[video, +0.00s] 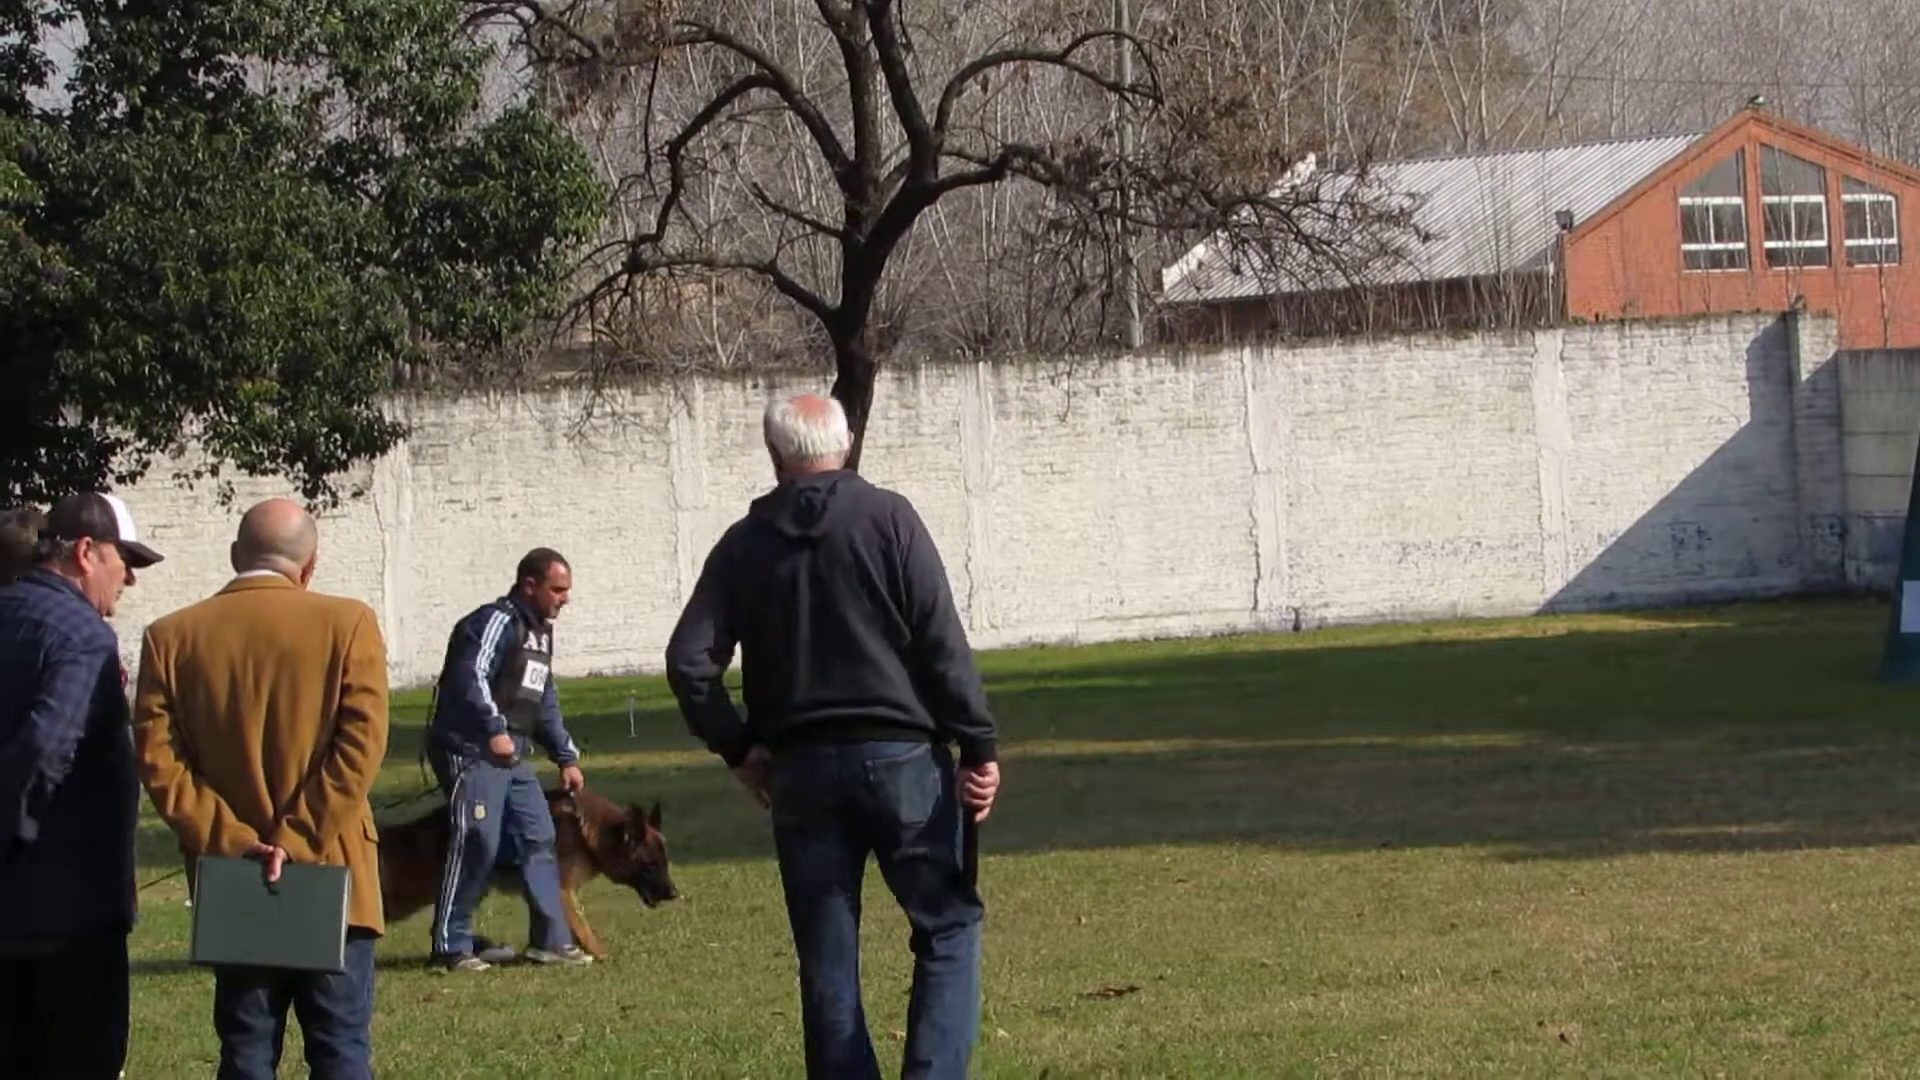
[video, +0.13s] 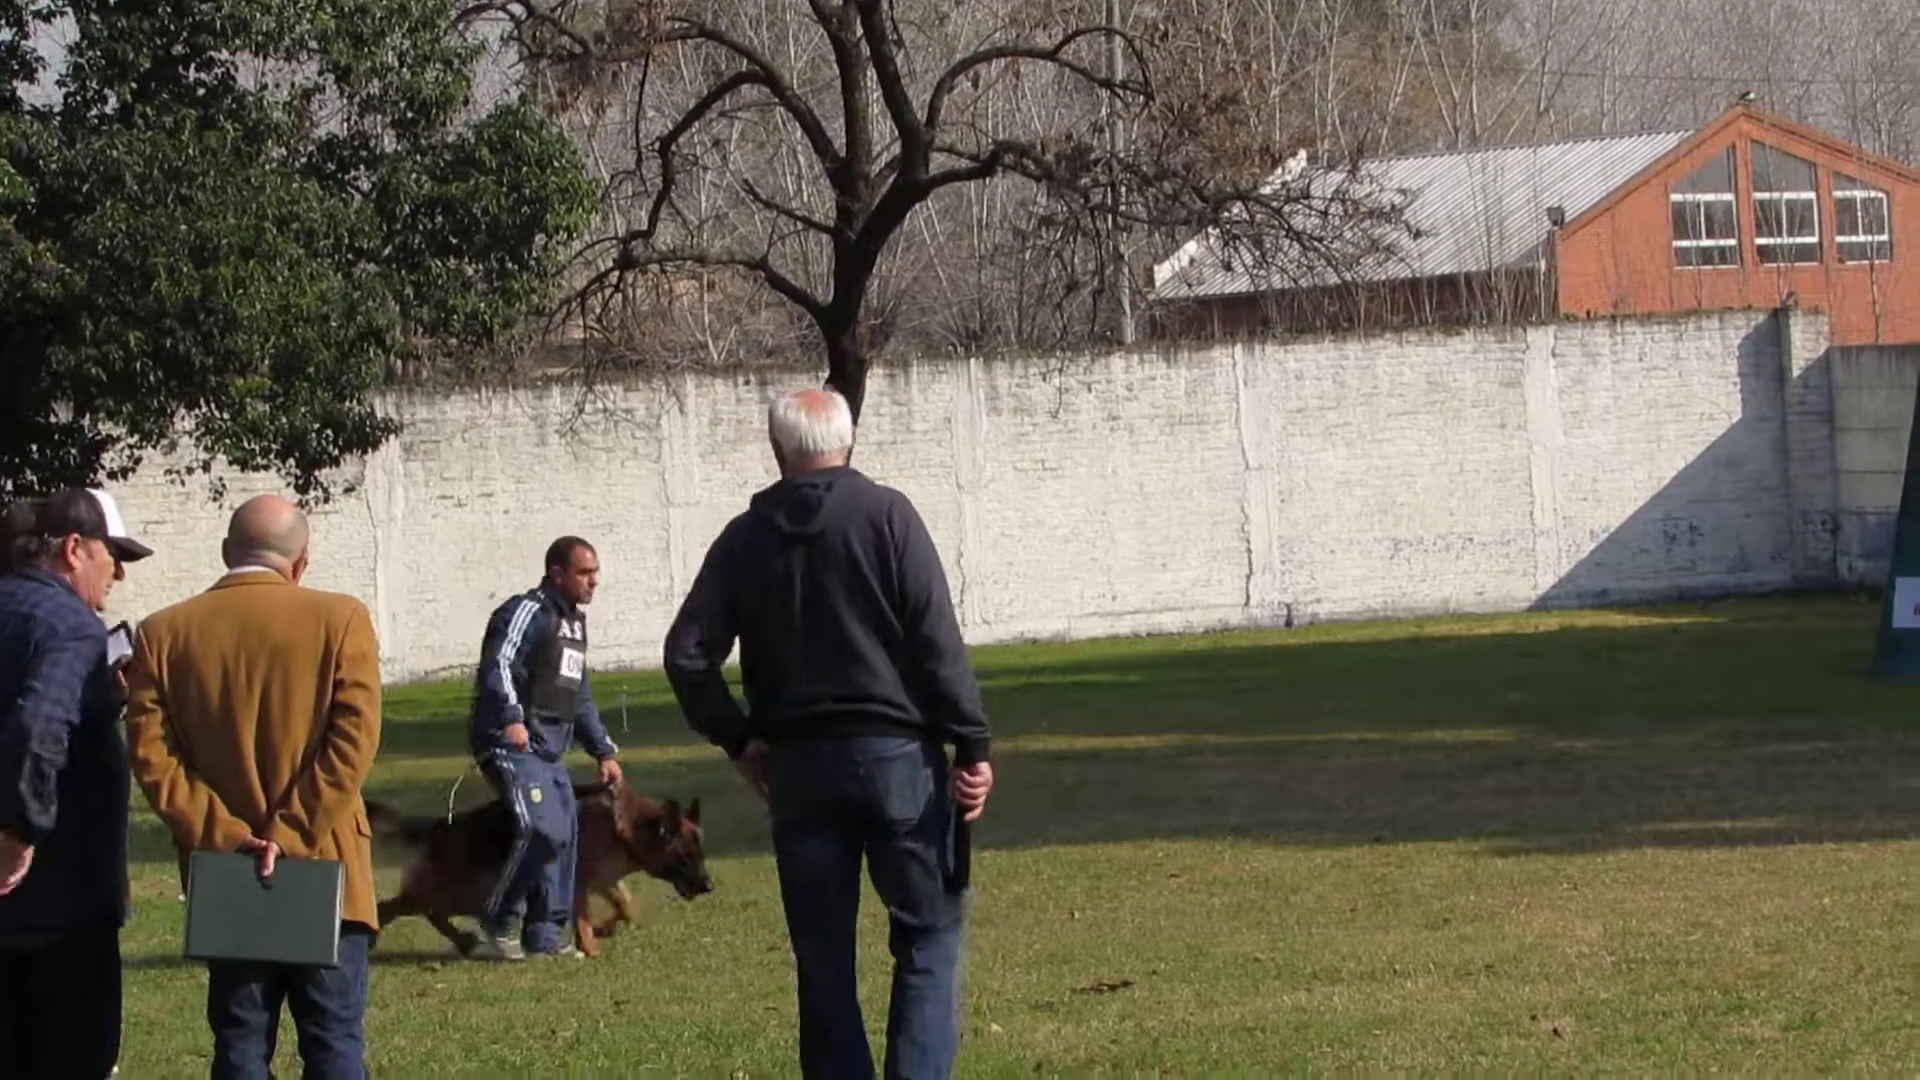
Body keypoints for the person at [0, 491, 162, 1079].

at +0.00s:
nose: (129, 580)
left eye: (131, 566)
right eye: (125, 562)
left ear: (67, 552)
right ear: (86, 553)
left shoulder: (12, 608)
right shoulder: (81, 633)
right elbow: (44, 745)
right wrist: (17, 825)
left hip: (16, 896)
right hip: (69, 901)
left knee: (24, 1051)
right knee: (84, 1058)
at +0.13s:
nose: (117, 575)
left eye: (118, 561)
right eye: (112, 558)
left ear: (61, 551)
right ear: (74, 551)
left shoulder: (13, 602)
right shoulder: (69, 623)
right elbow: (37, 724)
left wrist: (106, 688)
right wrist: (23, 830)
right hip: (62, 900)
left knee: (24, 1049)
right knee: (76, 1057)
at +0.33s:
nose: (103, 527)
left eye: (104, 513)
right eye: (97, 511)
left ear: (50, 505)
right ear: (60, 504)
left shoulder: (15, 557)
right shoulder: (55, 574)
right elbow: (31, 680)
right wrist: (87, 760)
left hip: (18, 832)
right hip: (47, 843)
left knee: (27, 1003)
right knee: (64, 1006)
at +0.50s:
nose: (98, 446)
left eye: (99, 433)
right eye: (91, 431)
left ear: (45, 428)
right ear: (53, 426)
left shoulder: (27, 489)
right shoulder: (44, 499)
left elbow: (46, 617)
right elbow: (45, 619)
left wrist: (112, 656)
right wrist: (116, 659)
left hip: (32, 751)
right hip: (43, 758)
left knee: (46, 911)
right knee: (54, 917)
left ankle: (36, 1050)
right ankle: (41, 1055)